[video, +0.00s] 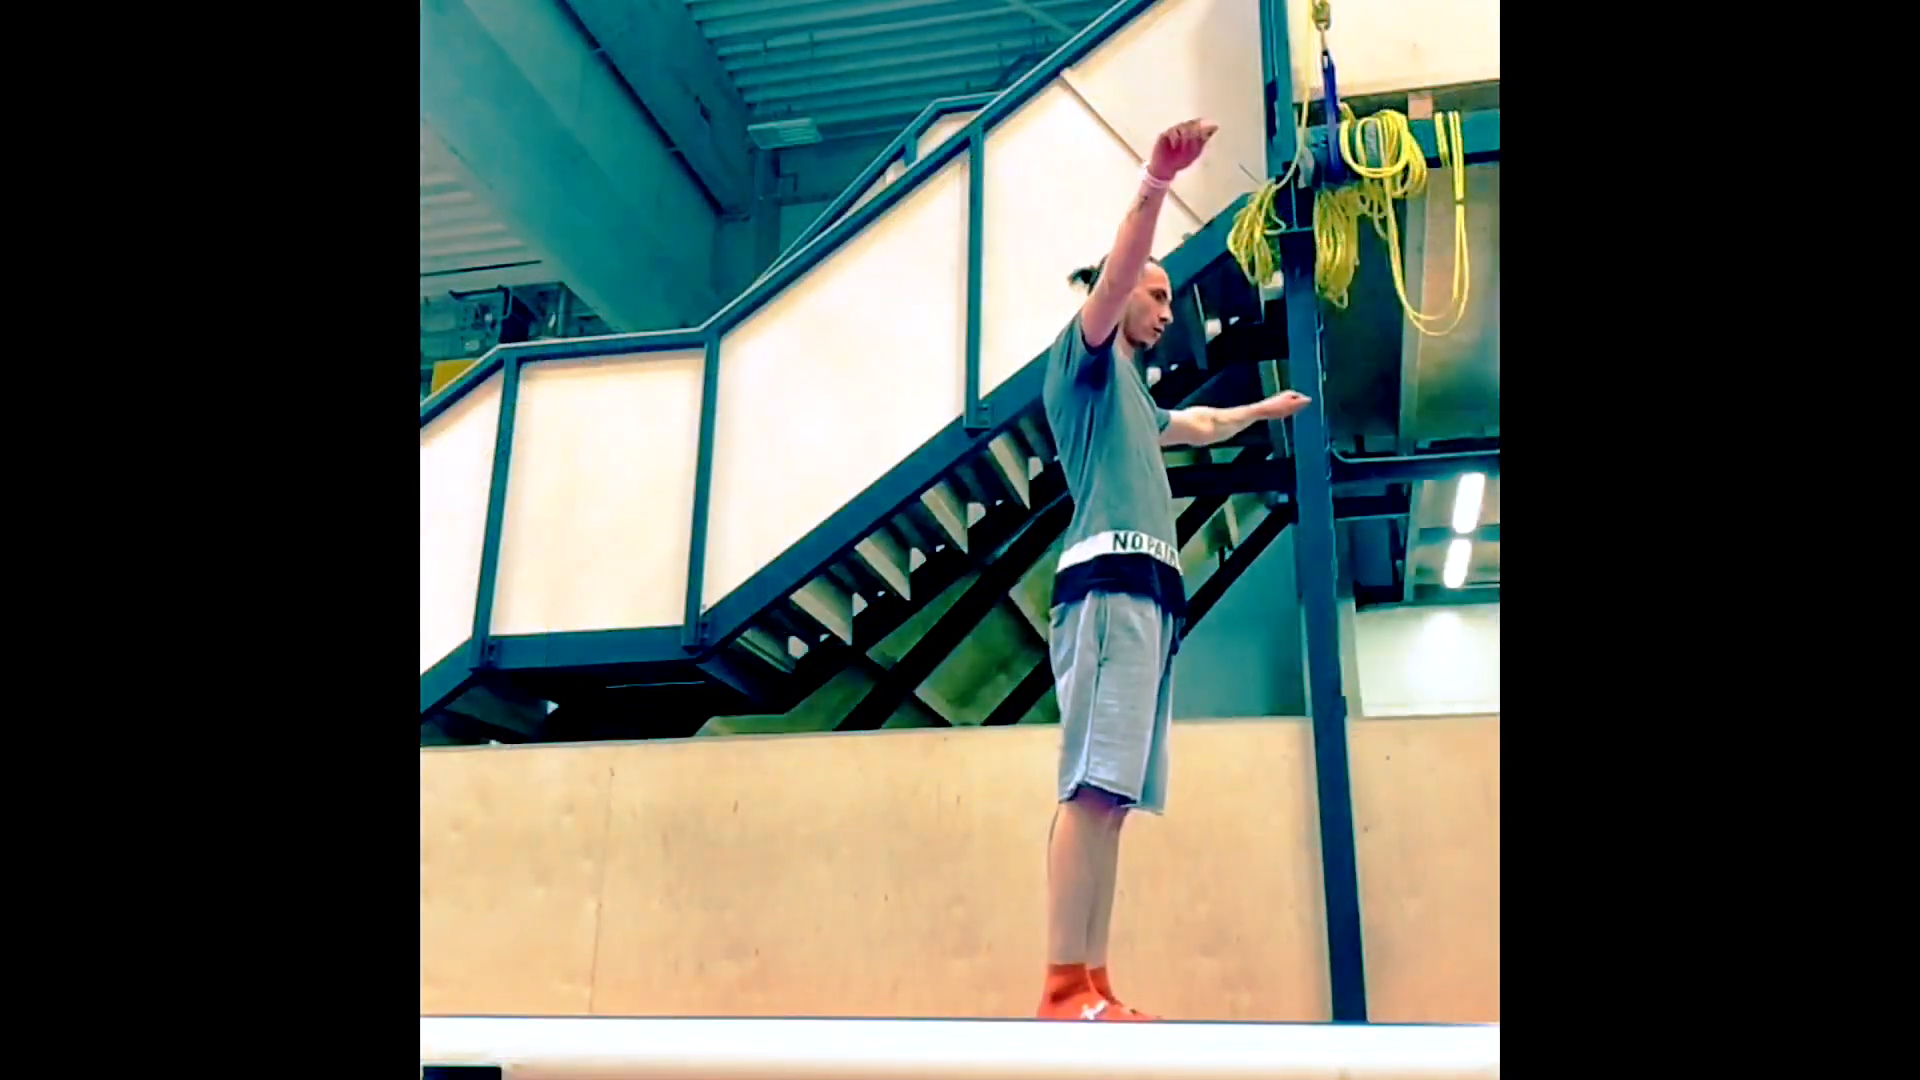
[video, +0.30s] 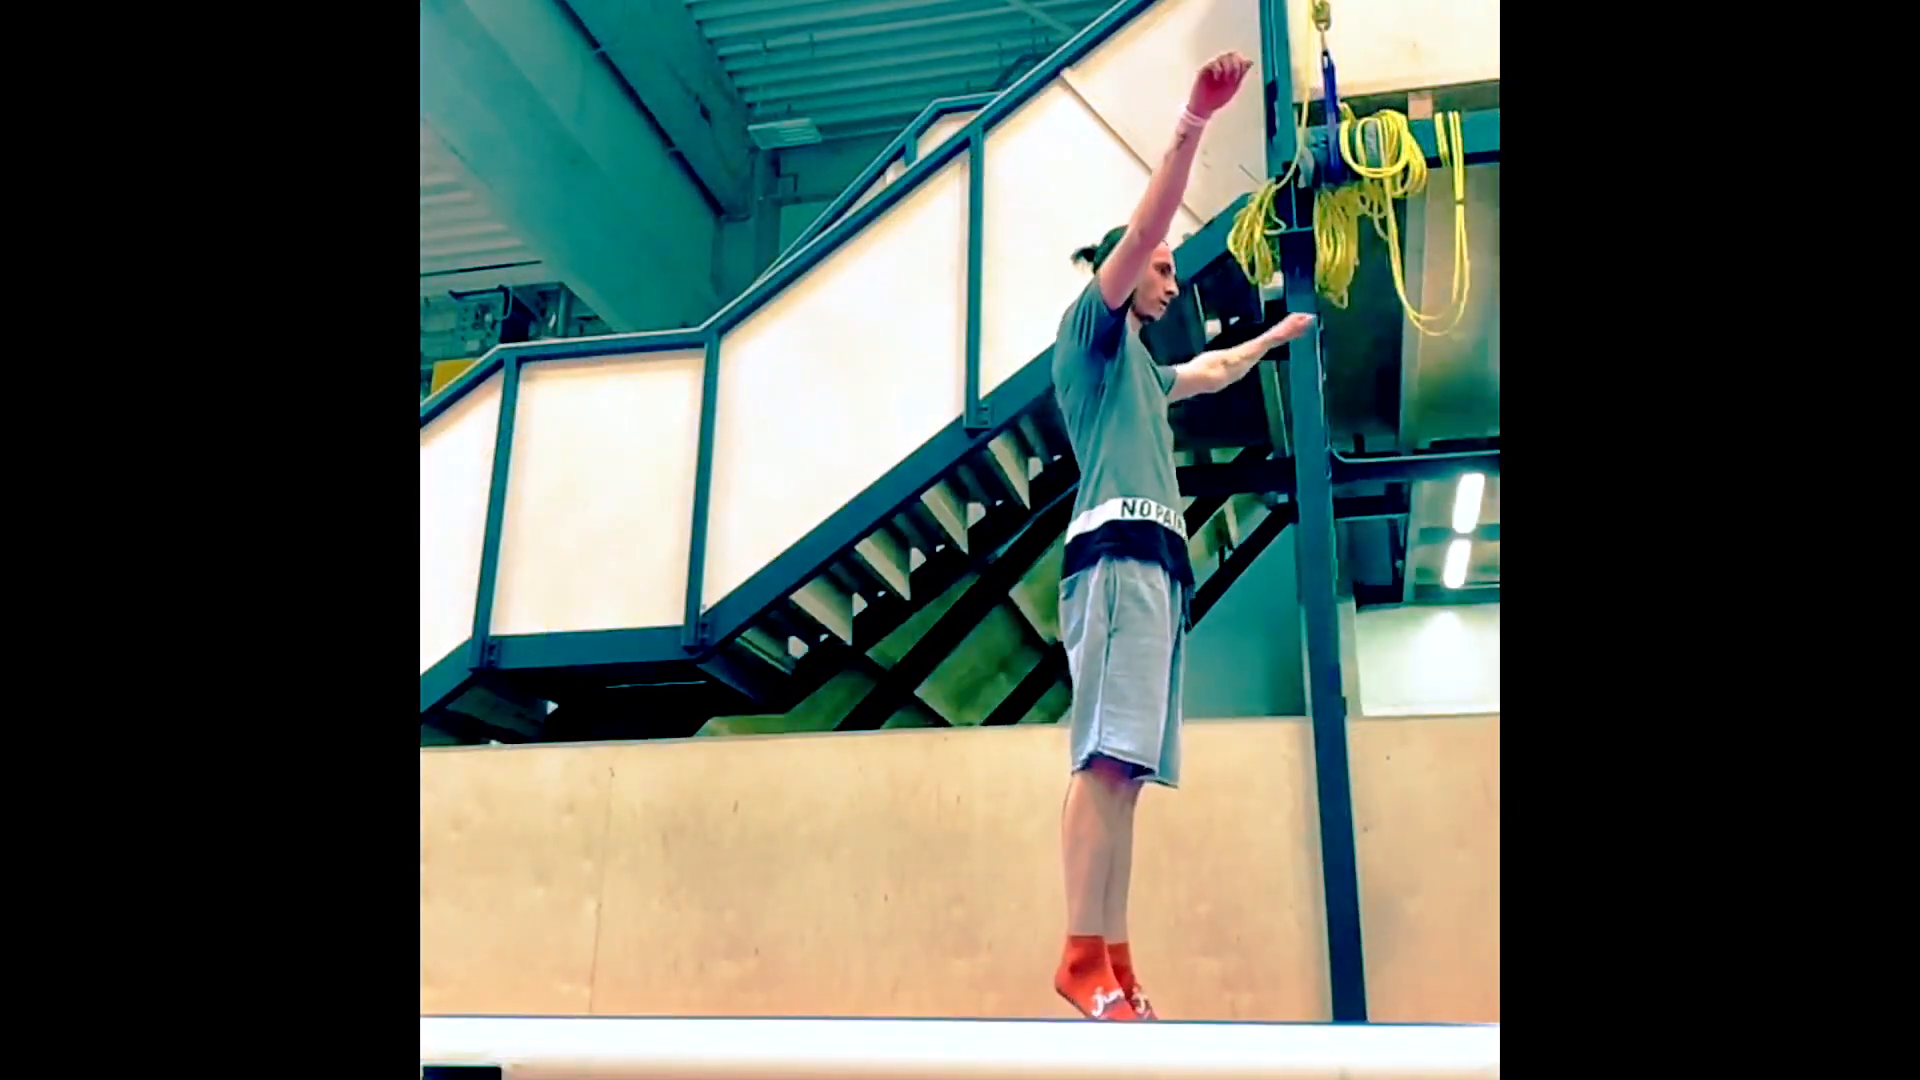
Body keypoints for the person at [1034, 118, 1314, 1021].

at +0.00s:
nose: (1166, 310)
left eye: (1169, 302)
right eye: (1155, 295)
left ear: (1154, 317)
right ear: (1114, 290)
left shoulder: (1132, 394)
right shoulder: (1084, 360)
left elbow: (1201, 426)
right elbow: (1117, 280)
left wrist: (1269, 407)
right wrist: (1156, 185)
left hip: (1146, 593)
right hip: (1110, 585)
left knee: (1113, 796)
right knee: (1093, 791)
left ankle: (1092, 989)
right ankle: (1065, 993)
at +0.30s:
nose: (1172, 283)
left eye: (1172, 275)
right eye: (1159, 269)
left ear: (1153, 292)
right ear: (1118, 272)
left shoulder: (1143, 366)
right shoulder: (1089, 336)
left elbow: (1213, 369)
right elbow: (1150, 233)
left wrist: (1275, 334)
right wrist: (1192, 123)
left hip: (1154, 566)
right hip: (1117, 558)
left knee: (1127, 768)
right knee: (1107, 760)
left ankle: (1114, 963)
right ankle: (1080, 960)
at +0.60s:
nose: (1164, 278)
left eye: (1165, 268)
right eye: (1152, 263)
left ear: (1148, 288)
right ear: (1116, 268)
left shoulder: (1140, 361)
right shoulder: (1096, 324)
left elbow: (1220, 345)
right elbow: (1167, 219)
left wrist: (1284, 296)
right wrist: (1221, 106)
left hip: (1149, 564)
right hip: (1120, 559)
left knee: (1129, 766)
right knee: (1114, 762)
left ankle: (1119, 963)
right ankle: (1089, 960)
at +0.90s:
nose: (1163, 280)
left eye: (1165, 271)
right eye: (1151, 265)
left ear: (1151, 289)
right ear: (1116, 270)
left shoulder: (1141, 364)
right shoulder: (1097, 326)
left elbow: (1216, 347)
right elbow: (1166, 215)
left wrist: (1281, 296)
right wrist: (1219, 101)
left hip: (1149, 565)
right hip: (1118, 558)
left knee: (1127, 770)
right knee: (1110, 765)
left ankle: (1116, 969)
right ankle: (1084, 968)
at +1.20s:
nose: (1160, 276)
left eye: (1162, 267)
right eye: (1149, 261)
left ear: (1147, 285)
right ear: (1113, 266)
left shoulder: (1136, 361)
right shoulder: (1094, 319)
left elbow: (1213, 341)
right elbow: (1165, 206)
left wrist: (1272, 290)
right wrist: (1215, 98)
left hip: (1152, 560)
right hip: (1117, 554)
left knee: (1131, 765)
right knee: (1112, 760)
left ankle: (1117, 965)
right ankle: (1087, 961)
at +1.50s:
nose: (1148, 277)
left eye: (1147, 270)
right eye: (1135, 263)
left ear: (1124, 283)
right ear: (1102, 266)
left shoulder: (1131, 359)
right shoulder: (1089, 318)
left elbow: (1210, 323)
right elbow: (1179, 215)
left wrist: (1266, 261)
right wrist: (1242, 109)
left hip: (1145, 560)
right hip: (1118, 550)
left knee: (1130, 765)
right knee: (1112, 759)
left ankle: (1118, 963)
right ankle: (1086, 958)